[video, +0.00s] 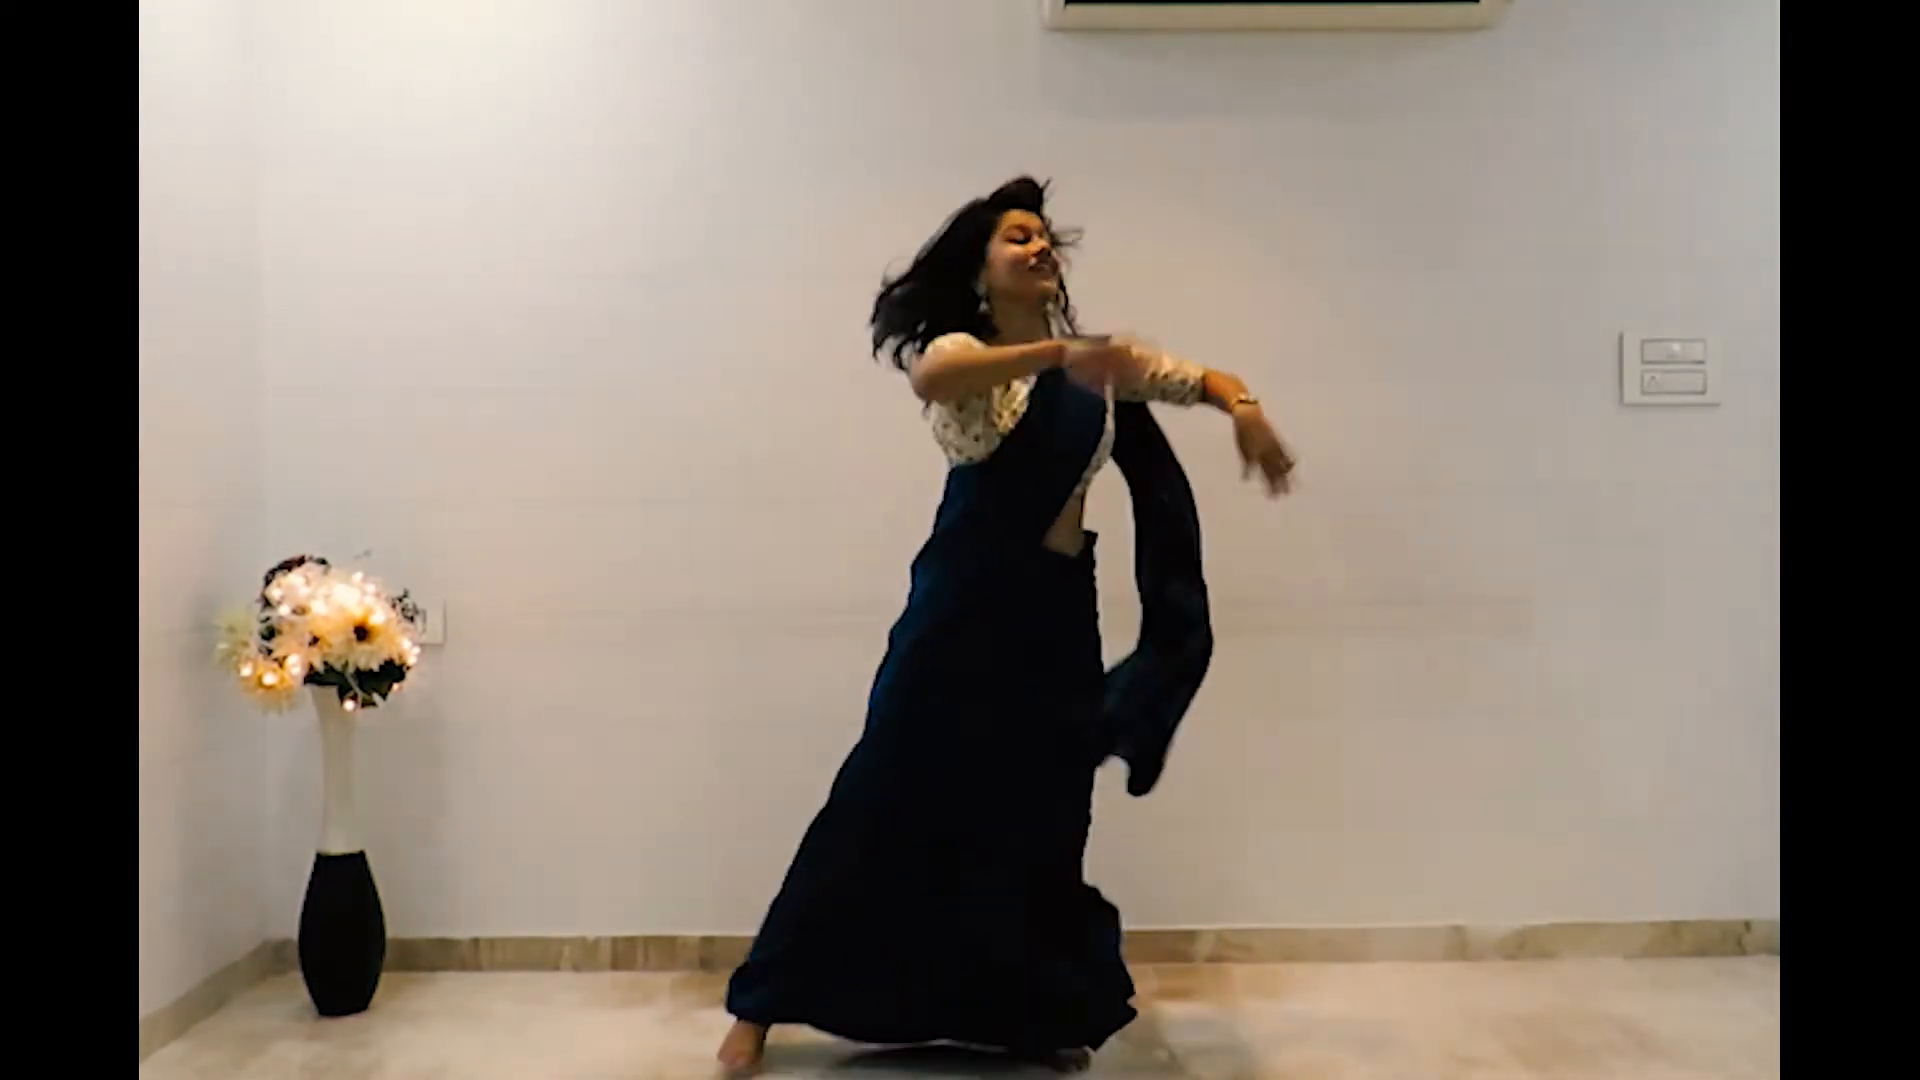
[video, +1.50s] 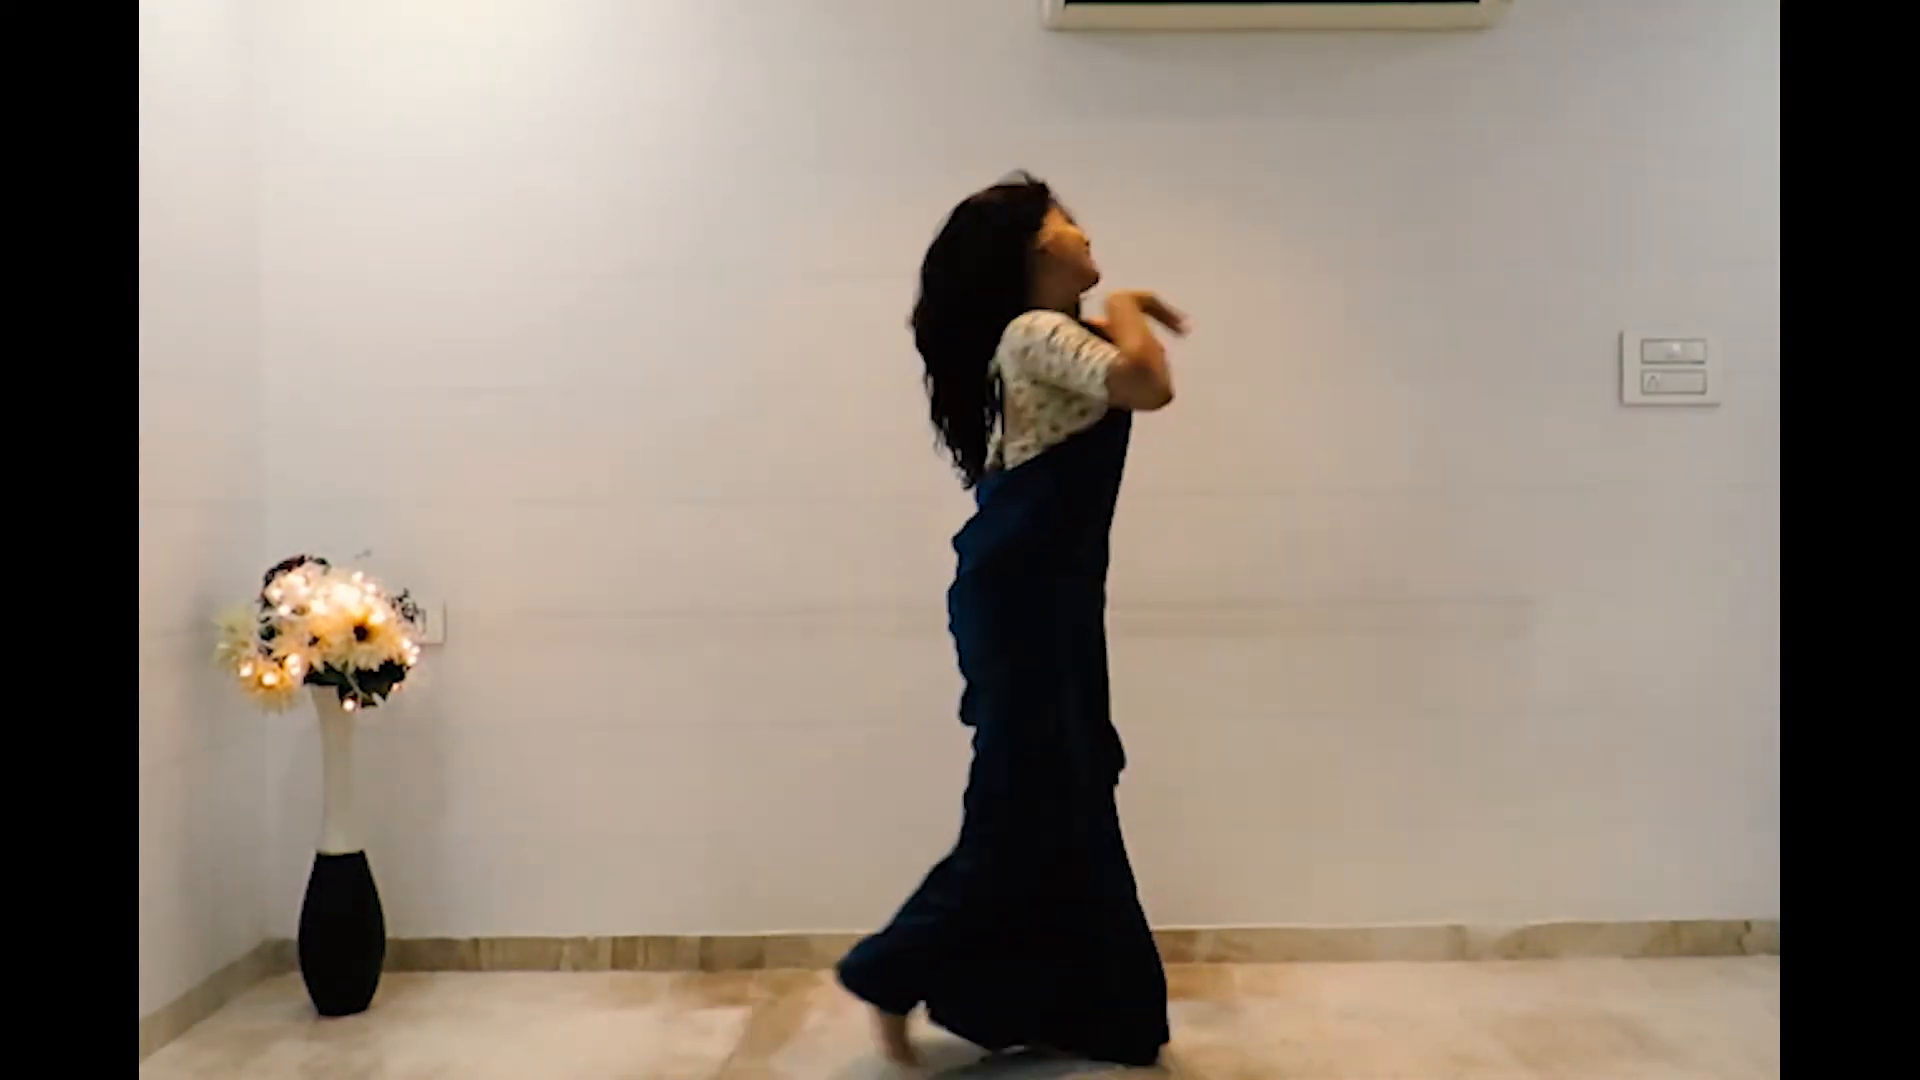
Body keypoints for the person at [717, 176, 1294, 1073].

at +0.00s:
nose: (1039, 246)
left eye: (1046, 238)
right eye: (1017, 238)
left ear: (1059, 267)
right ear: (978, 271)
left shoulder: (1088, 359)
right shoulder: (962, 351)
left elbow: (1188, 379)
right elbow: (932, 369)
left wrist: (1244, 406)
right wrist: (1057, 354)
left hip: (1058, 599)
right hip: (966, 595)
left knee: (1046, 805)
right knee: (876, 794)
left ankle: (1032, 1011)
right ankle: (754, 1010)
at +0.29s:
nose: (1022, 282)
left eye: (1024, 269)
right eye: (998, 271)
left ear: (1030, 301)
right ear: (954, 302)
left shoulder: (1034, 406)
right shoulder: (941, 383)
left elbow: (1082, 535)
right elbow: (999, 503)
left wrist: (1143, 462)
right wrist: (1123, 466)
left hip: (1022, 656)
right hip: (945, 653)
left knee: (1036, 846)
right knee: (916, 846)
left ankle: (1079, 1041)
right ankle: (790, 1039)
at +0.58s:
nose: (956, 262)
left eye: (971, 243)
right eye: (943, 259)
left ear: (1024, 250)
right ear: (942, 280)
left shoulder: (1080, 364)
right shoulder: (950, 348)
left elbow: (1130, 481)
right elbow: (1021, 450)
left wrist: (1223, 422)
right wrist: (1126, 368)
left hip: (1006, 606)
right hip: (905, 586)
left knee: (1016, 800)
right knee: (819, 766)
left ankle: (1020, 1013)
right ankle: (706, 963)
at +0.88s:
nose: (944, 293)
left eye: (960, 275)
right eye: (930, 290)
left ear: (1009, 284)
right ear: (926, 313)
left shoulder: (1063, 406)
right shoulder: (934, 372)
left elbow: (1116, 519)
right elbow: (991, 477)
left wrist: (1227, 489)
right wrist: (1126, 467)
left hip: (1002, 631)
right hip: (911, 621)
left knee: (1036, 811)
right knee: (867, 811)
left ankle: (1022, 1019)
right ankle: (768, 1022)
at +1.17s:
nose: (952, 267)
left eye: (965, 249)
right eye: (939, 263)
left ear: (1013, 252)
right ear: (936, 285)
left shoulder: (1077, 359)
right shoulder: (943, 352)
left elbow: (1124, 489)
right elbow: (1006, 455)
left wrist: (1235, 463)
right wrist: (1122, 389)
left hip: (1003, 606)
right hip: (912, 593)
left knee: (1018, 806)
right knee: (840, 785)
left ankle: (1019, 1020)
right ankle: (719, 990)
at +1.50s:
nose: (1080, 230)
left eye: (1069, 218)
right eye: (1061, 223)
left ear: (1031, 262)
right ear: (1029, 258)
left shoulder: (1055, 331)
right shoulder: (1034, 336)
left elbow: (1136, 379)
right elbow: (1148, 382)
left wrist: (1130, 315)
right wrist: (1127, 309)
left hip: (1053, 597)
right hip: (1015, 597)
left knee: (1072, 790)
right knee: (1029, 796)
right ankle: (894, 970)